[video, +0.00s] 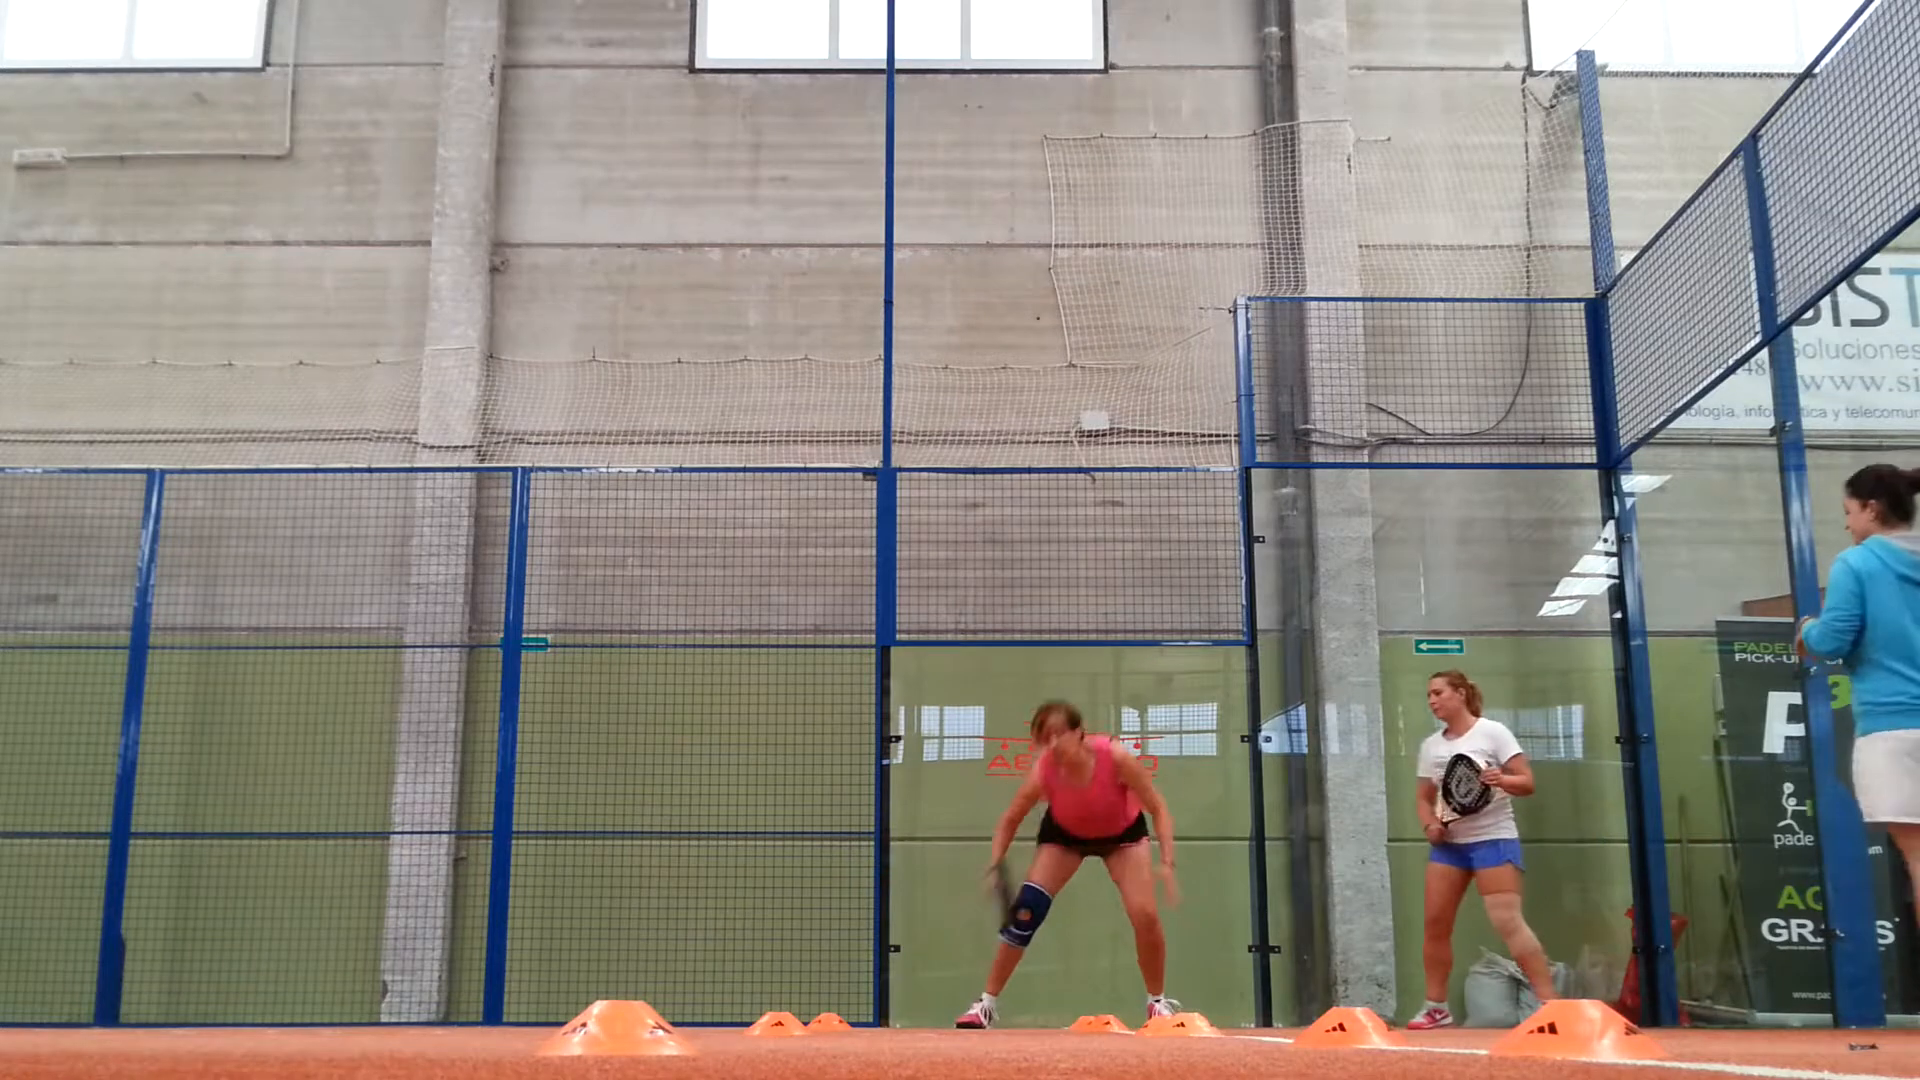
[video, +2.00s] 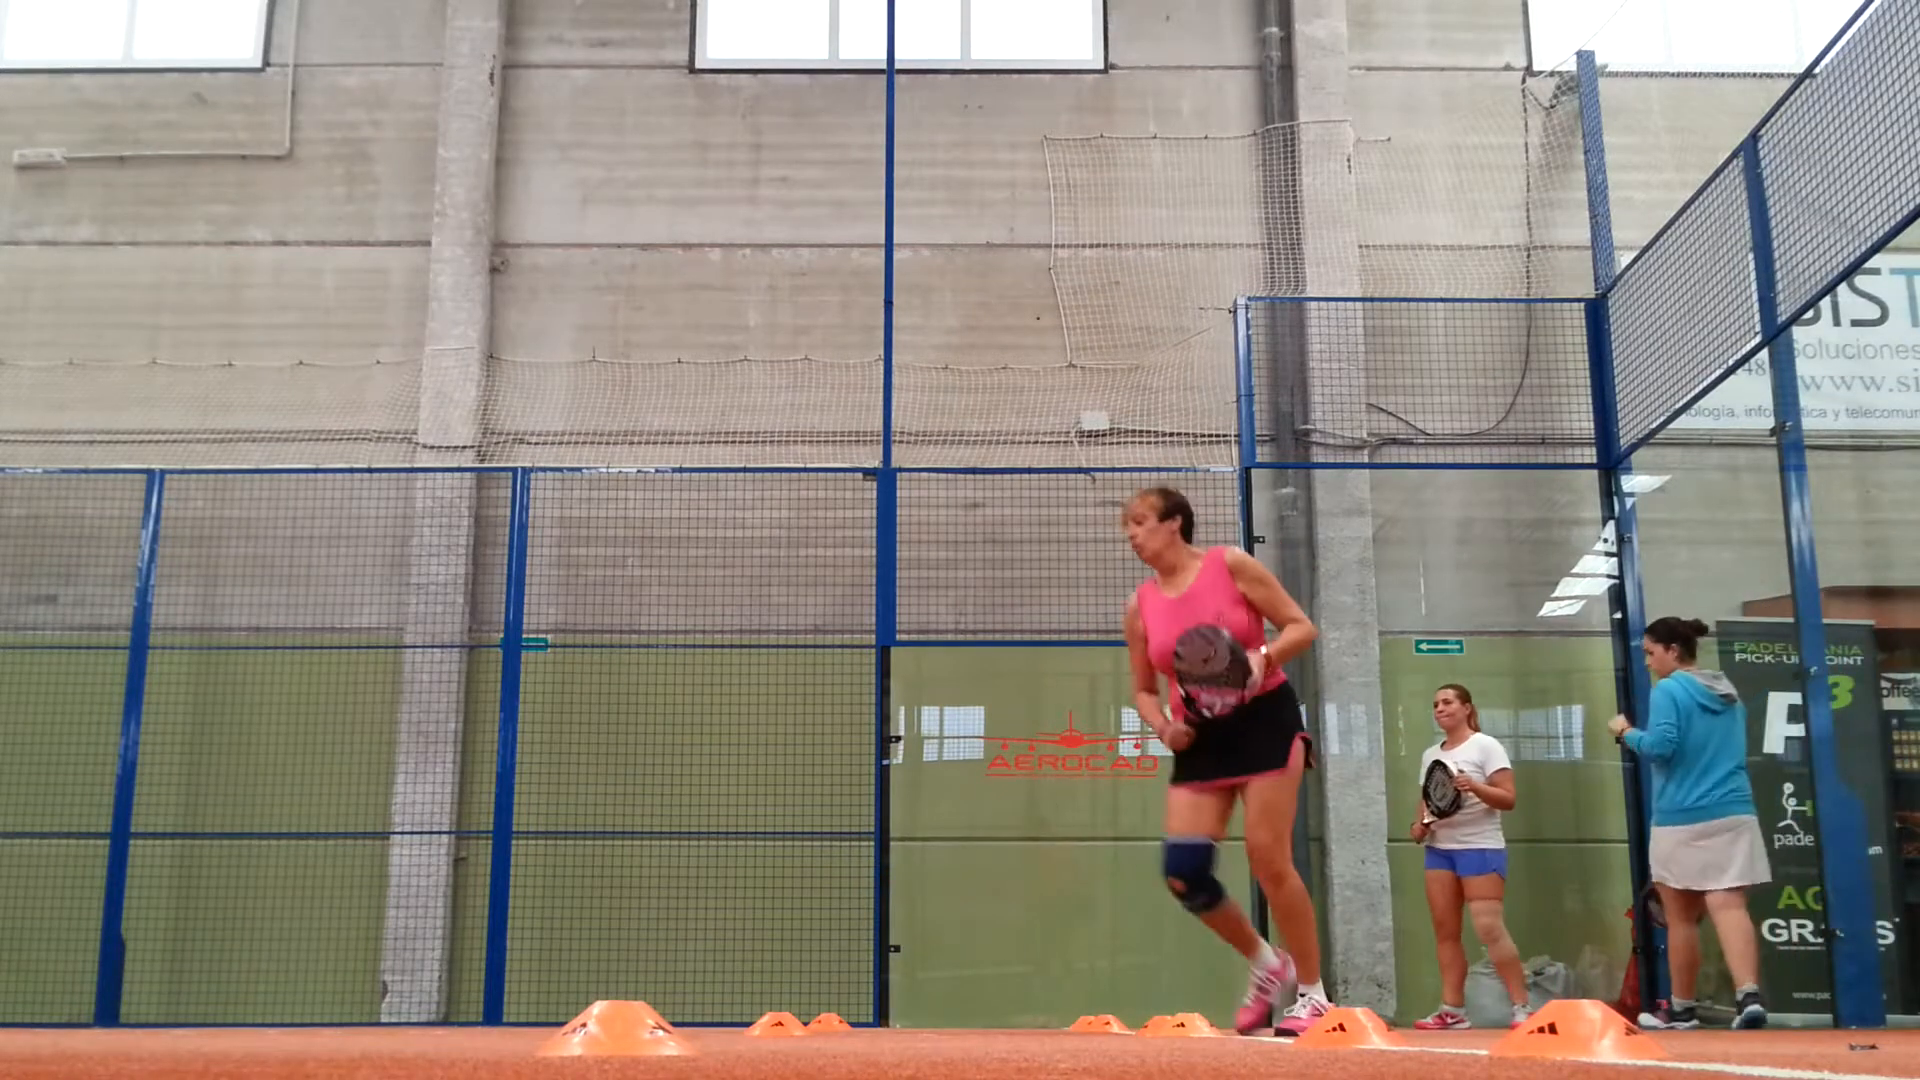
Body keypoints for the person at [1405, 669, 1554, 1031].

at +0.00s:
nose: (1432, 701)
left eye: (1438, 693)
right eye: (1430, 695)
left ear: (1461, 694)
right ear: (1434, 701)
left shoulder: (1494, 733)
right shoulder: (1431, 745)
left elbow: (1527, 783)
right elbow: (1425, 796)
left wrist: (1503, 781)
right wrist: (1430, 823)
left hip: (1493, 840)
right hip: (1450, 843)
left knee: (1507, 922)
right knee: (1435, 922)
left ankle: (1551, 1004)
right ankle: (1436, 1008)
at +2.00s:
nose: (1440, 709)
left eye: (1447, 703)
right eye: (1436, 705)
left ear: (1467, 708)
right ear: (1435, 714)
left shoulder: (1487, 746)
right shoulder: (1431, 755)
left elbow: (1508, 799)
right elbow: (1427, 798)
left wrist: (1475, 786)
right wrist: (1422, 822)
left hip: (1480, 848)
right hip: (1440, 849)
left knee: (1489, 929)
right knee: (1446, 932)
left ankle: (1521, 1006)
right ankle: (1453, 1009)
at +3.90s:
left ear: (1464, 710)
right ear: (1418, 712)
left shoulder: (1477, 742)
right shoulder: (1415, 749)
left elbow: (1498, 795)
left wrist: (1459, 779)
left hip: (1463, 850)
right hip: (1430, 849)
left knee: (1476, 926)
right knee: (1443, 931)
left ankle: (1493, 989)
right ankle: (1451, 1004)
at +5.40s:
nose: (1437, 706)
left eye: (1444, 699)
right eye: (1433, 702)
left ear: (1463, 706)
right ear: (1430, 710)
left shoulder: (1483, 745)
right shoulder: (1425, 753)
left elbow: (1501, 797)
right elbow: (1418, 795)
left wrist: (1468, 780)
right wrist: (1414, 821)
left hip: (1473, 845)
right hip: (1434, 848)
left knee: (1483, 926)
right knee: (1445, 930)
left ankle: (1509, 1007)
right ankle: (1452, 1009)